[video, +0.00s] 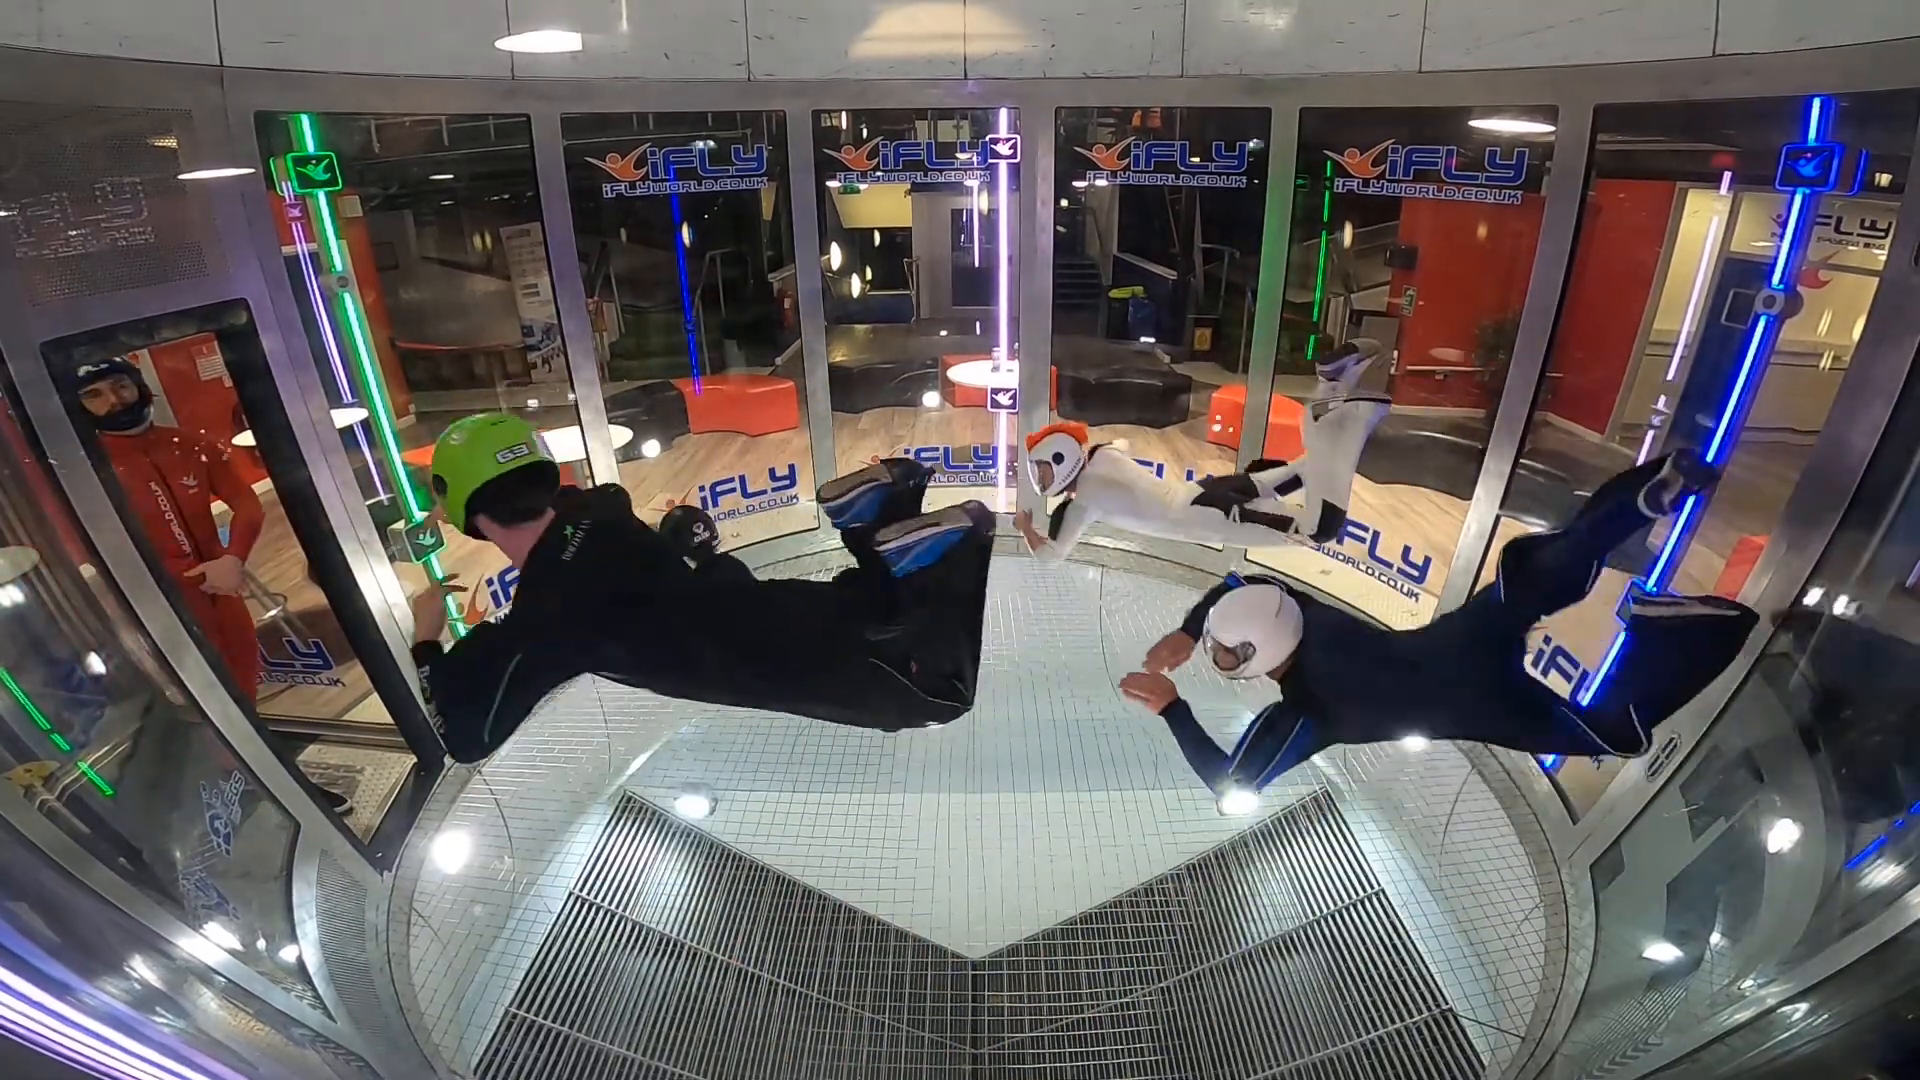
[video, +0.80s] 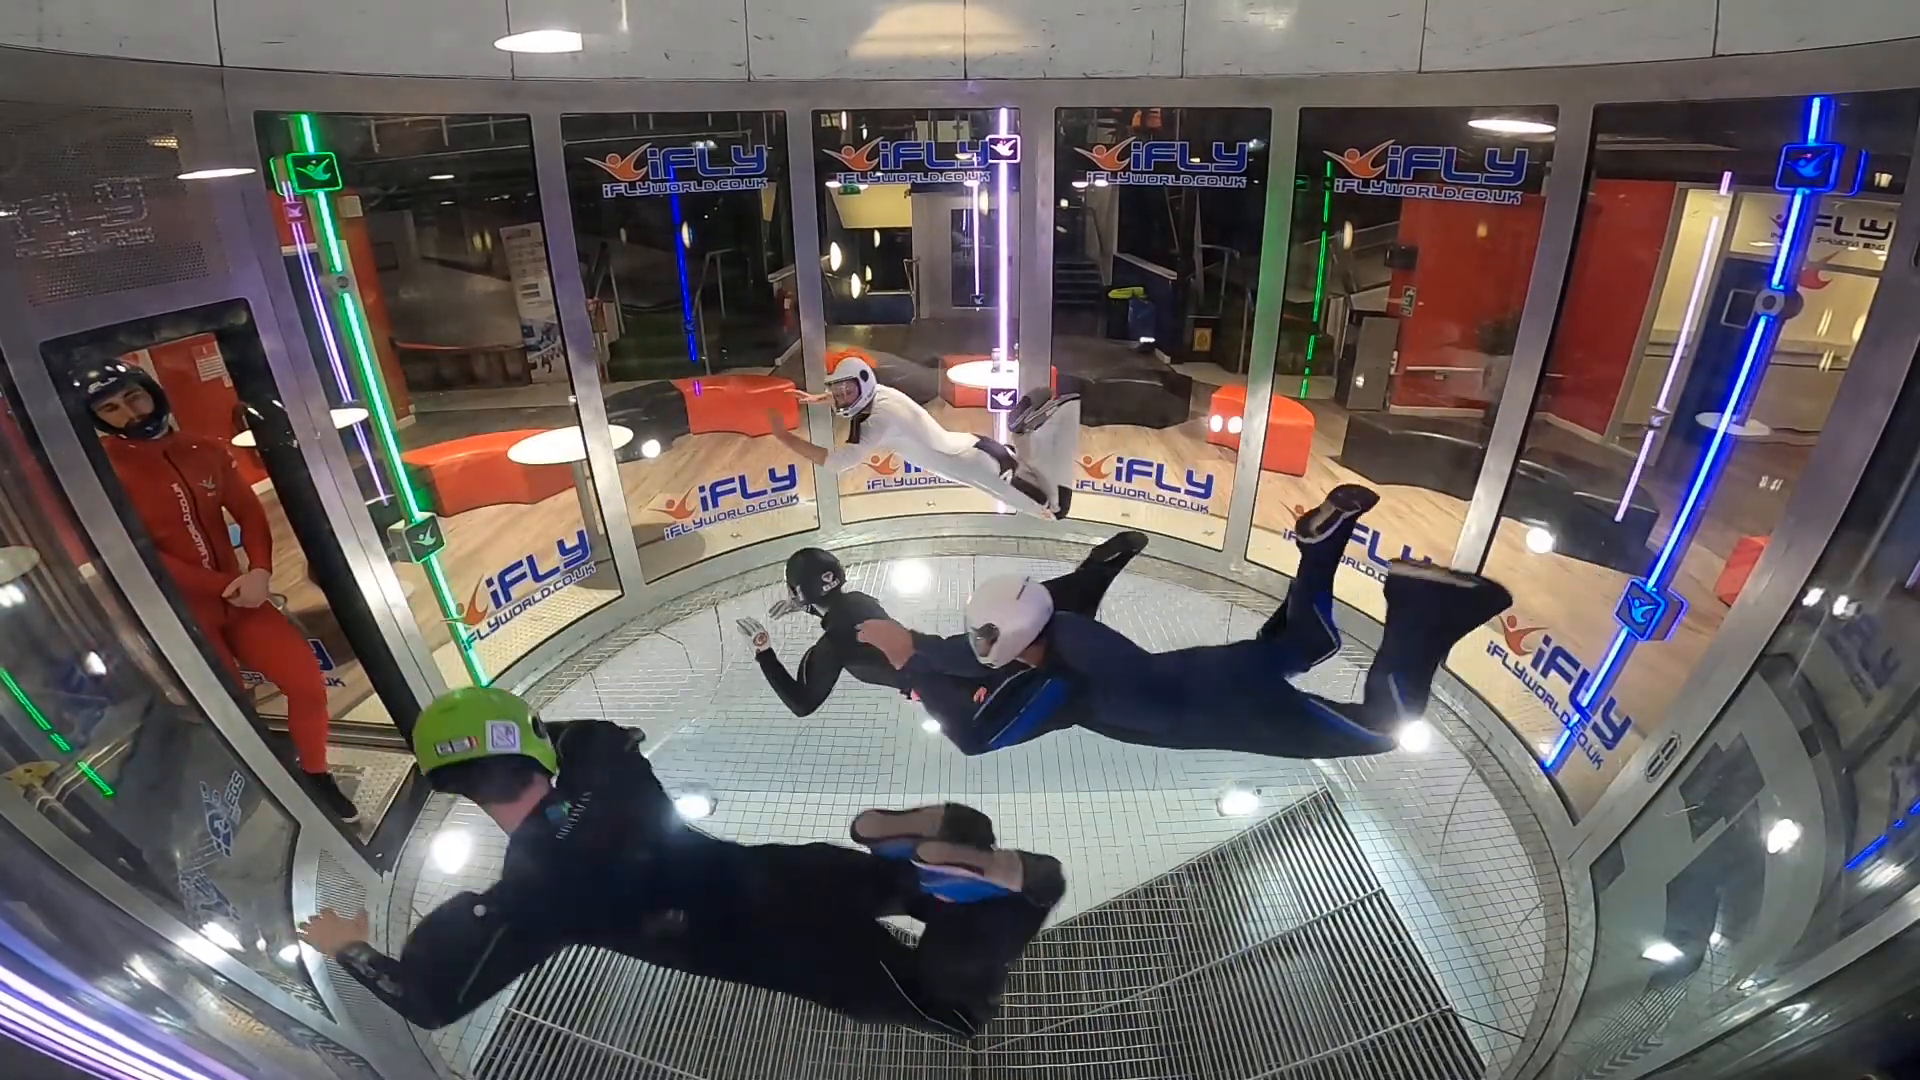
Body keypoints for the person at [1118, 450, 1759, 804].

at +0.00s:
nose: (1227, 656)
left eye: (1235, 654)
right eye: (1228, 643)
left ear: (1257, 664)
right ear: (1269, 618)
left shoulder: (1305, 715)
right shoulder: (1293, 607)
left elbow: (1233, 787)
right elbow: (1235, 590)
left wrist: (1173, 709)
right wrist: (1181, 637)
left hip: (1489, 708)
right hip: (1472, 637)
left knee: (1607, 734)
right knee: (1557, 563)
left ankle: (1687, 641)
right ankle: (1658, 485)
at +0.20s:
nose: (1187, 656)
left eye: (1192, 651)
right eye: (1183, 648)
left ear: (1219, 654)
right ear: (1224, 609)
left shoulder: (1262, 698)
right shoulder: (1243, 600)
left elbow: (1186, 756)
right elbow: (1180, 581)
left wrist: (1121, 694)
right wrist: (1124, 625)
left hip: (1438, 675)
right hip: (1420, 611)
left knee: (1569, 689)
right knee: (1499, 555)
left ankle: (1636, 572)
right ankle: (1596, 473)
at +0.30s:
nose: (1167, 650)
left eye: (1170, 645)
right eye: (1163, 641)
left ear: (1192, 649)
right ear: (1191, 613)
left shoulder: (1236, 691)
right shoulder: (1225, 605)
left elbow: (1165, 749)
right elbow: (1158, 606)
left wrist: (1107, 684)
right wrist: (1095, 619)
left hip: (1405, 680)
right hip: (1387, 621)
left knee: (1549, 685)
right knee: (1457, 568)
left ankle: (1621, 581)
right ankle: (1534, 493)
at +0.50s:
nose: (1104, 651)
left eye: (1108, 643)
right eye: (1101, 642)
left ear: (1132, 643)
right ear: (1131, 626)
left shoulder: (1175, 674)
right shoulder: (1168, 620)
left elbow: (1100, 735)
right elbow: (1094, 626)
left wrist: (1053, 670)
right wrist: (1040, 634)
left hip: (1343, 682)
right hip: (1327, 638)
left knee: (1497, 663)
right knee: (1396, 592)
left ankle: (1603, 545)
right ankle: (1436, 498)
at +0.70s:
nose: (1025, 646)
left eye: (1031, 638)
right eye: (1023, 637)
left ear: (1053, 643)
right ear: (1055, 626)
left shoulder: (1094, 679)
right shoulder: (1090, 629)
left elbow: (1018, 738)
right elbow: (1011, 663)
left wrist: (955, 658)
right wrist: (959, 659)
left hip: (1273, 697)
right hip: (1248, 656)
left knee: (1425, 694)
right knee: (1326, 628)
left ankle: (1464, 571)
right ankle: (1344, 533)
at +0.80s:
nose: (993, 649)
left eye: (998, 637)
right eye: (996, 635)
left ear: (1022, 640)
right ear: (1039, 622)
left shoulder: (1059, 675)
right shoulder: (1065, 635)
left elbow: (977, 736)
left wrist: (916, 672)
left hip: (1229, 714)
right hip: (1218, 673)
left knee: (1379, 730)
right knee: (1302, 641)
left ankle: (1419, 620)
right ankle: (1320, 545)